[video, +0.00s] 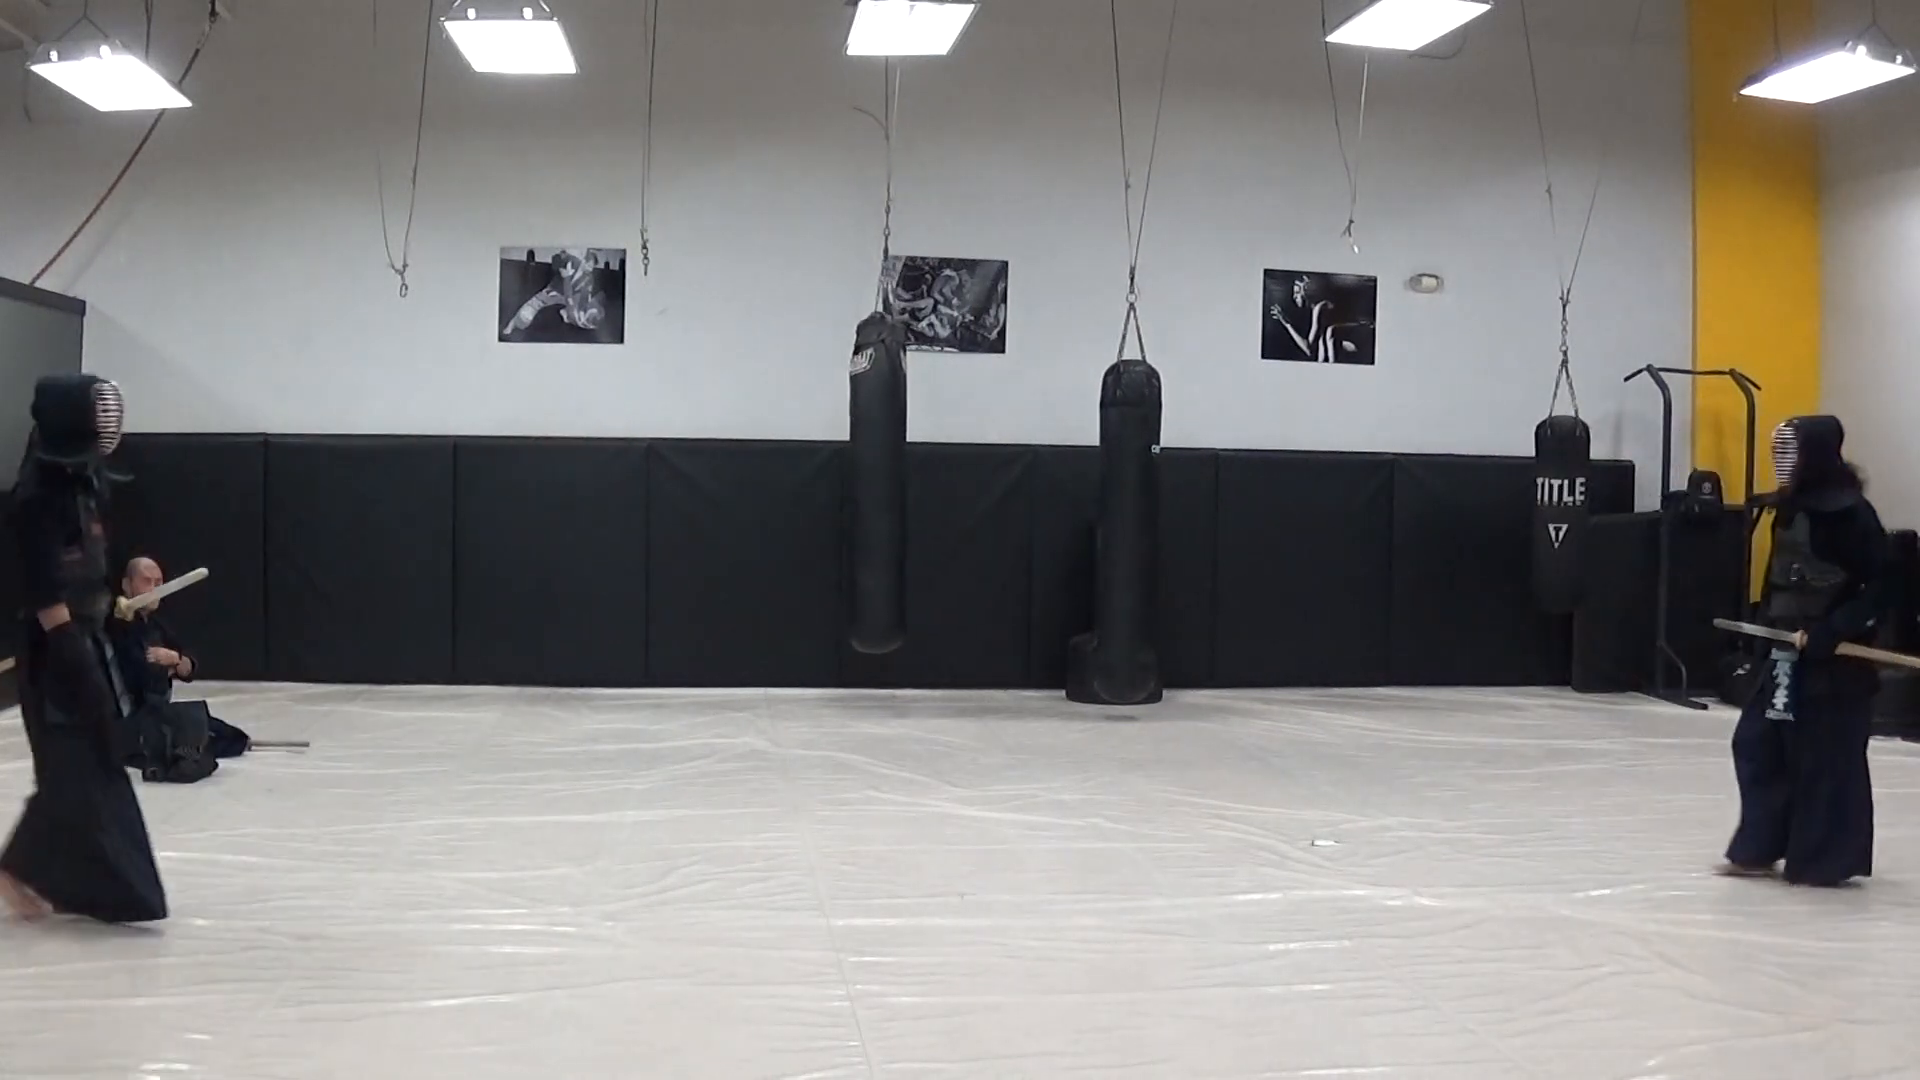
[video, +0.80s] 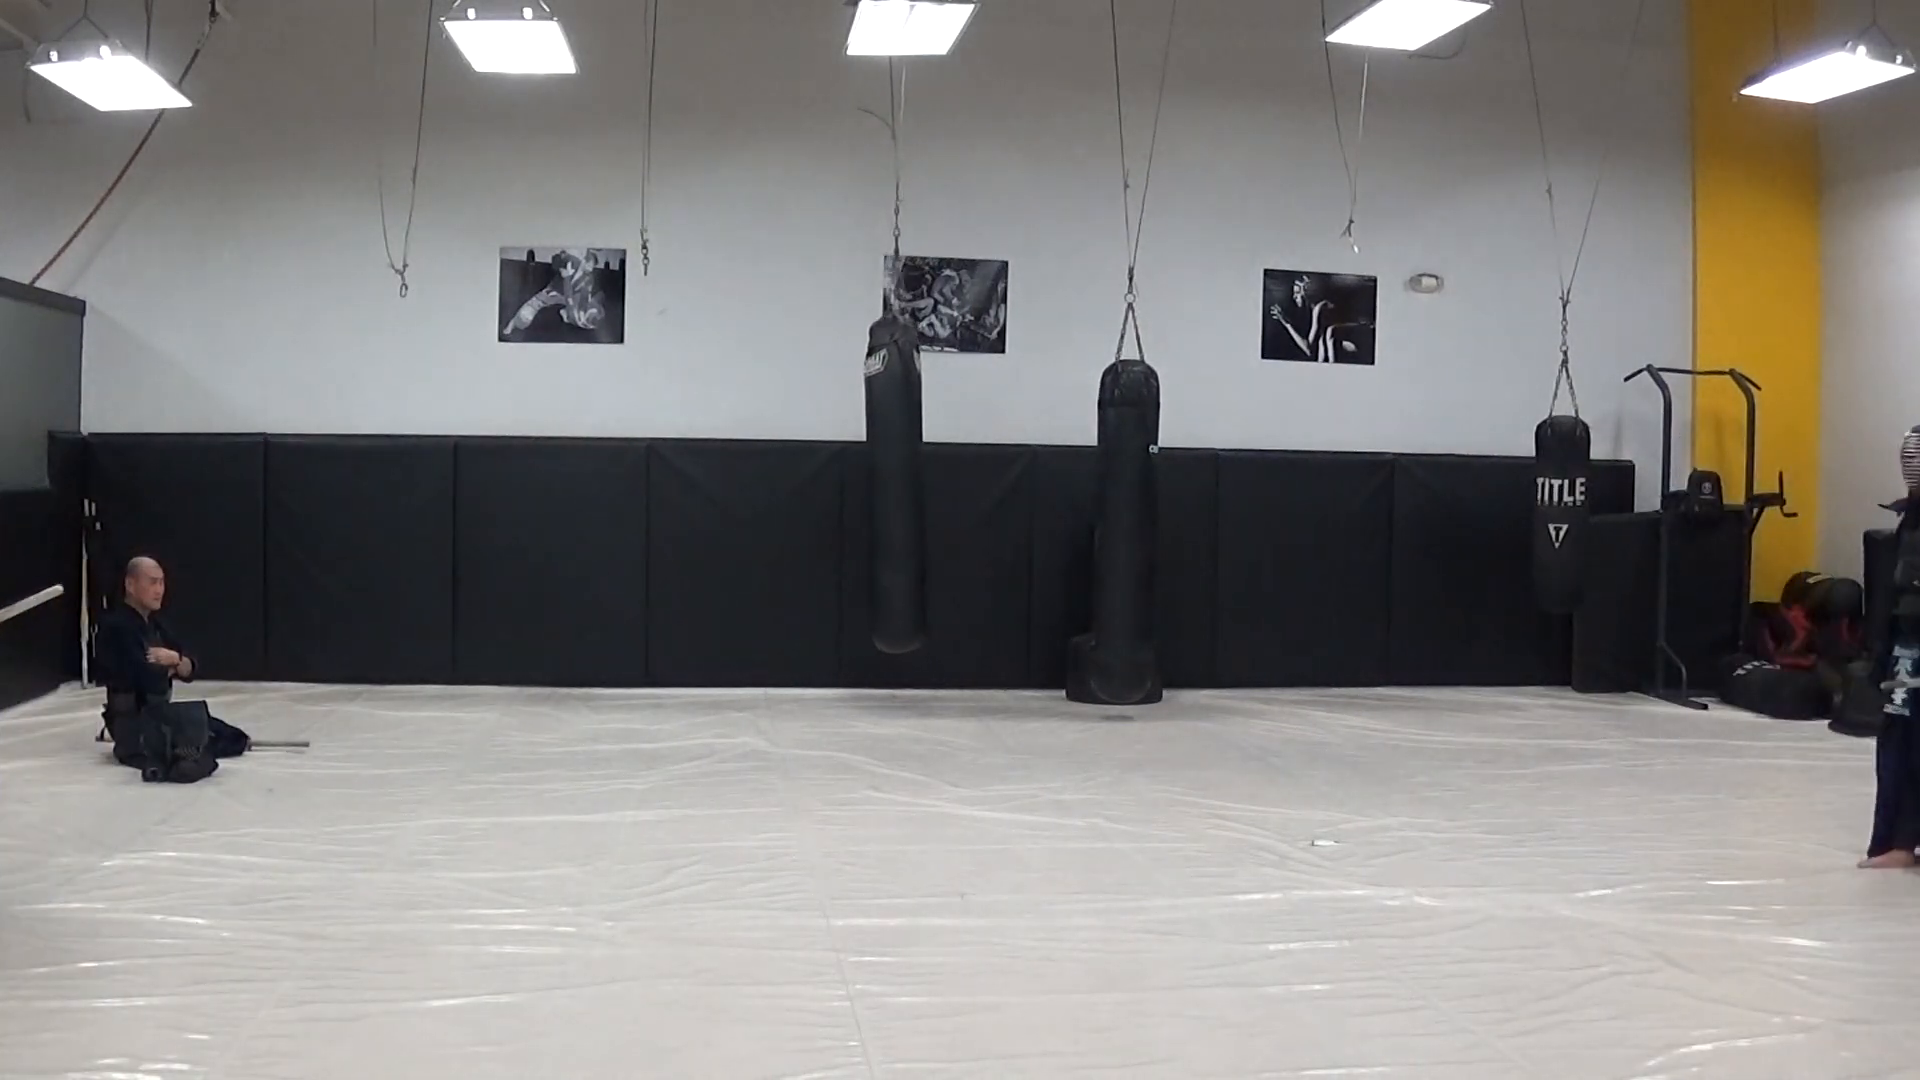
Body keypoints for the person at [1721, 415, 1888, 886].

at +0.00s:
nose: (1779, 462)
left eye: (1787, 453)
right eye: (1779, 452)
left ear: (1813, 456)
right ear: (1801, 456)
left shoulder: (1849, 512)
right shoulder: (1791, 508)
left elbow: (1879, 585)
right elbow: (1784, 582)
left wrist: (1825, 632)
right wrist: (1762, 628)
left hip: (1836, 657)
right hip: (1788, 654)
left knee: (1826, 753)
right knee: (1753, 740)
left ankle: (1823, 860)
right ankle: (1758, 847)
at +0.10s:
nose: (1799, 462)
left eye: (1807, 453)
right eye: (1798, 452)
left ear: (1832, 455)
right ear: (1823, 455)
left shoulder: (1867, 511)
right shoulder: (1808, 509)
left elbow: (1890, 585)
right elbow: (1800, 581)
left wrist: (1841, 633)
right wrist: (1775, 630)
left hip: (1851, 657)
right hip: (1804, 653)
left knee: (1839, 754)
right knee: (1774, 747)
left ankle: (1839, 861)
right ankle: (1795, 844)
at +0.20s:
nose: (1818, 464)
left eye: (1826, 455)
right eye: (1817, 455)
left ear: (1852, 458)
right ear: (1827, 457)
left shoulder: (1883, 516)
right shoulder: (1824, 510)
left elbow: (1907, 592)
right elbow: (1812, 579)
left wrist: (1860, 637)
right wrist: (1792, 625)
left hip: (1864, 653)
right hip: (1821, 647)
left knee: (1846, 751)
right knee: (1814, 746)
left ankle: (1840, 862)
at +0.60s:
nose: (1875, 463)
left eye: (1883, 454)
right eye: (1873, 454)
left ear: (1906, 458)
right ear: (1877, 459)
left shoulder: (1908, 512)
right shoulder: (1882, 511)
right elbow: (1859, 587)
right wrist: (1840, 650)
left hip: (1908, 654)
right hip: (1882, 651)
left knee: (1900, 749)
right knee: (1880, 748)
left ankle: (1904, 847)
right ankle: (1886, 844)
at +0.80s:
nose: (1908, 469)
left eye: (1912, 462)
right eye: (1907, 461)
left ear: (1919, 466)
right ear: (1907, 464)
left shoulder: (1912, 521)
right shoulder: (1907, 518)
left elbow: (1904, 594)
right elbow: (1897, 594)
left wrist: (1886, 660)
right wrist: (1882, 661)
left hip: (1909, 654)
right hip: (1902, 652)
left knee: (1898, 743)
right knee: (1895, 744)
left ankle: (1900, 843)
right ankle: (1894, 841)